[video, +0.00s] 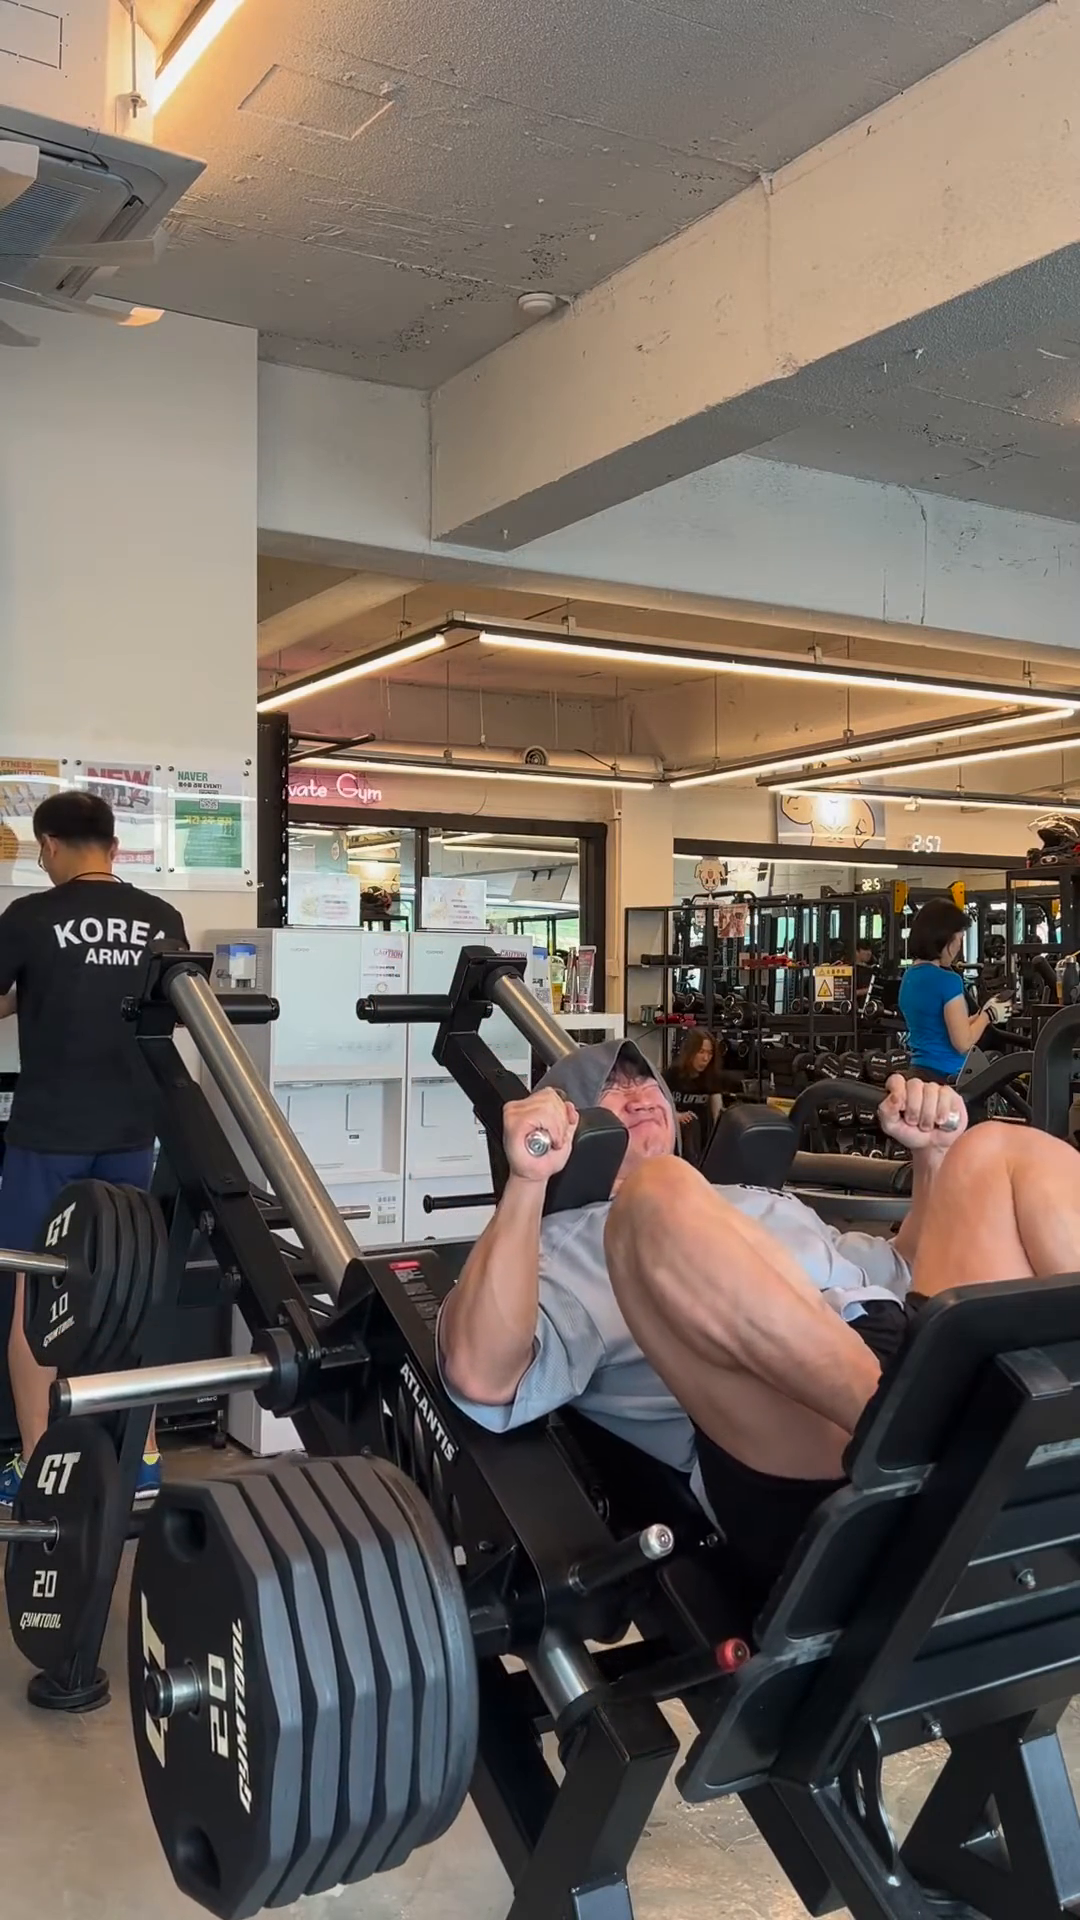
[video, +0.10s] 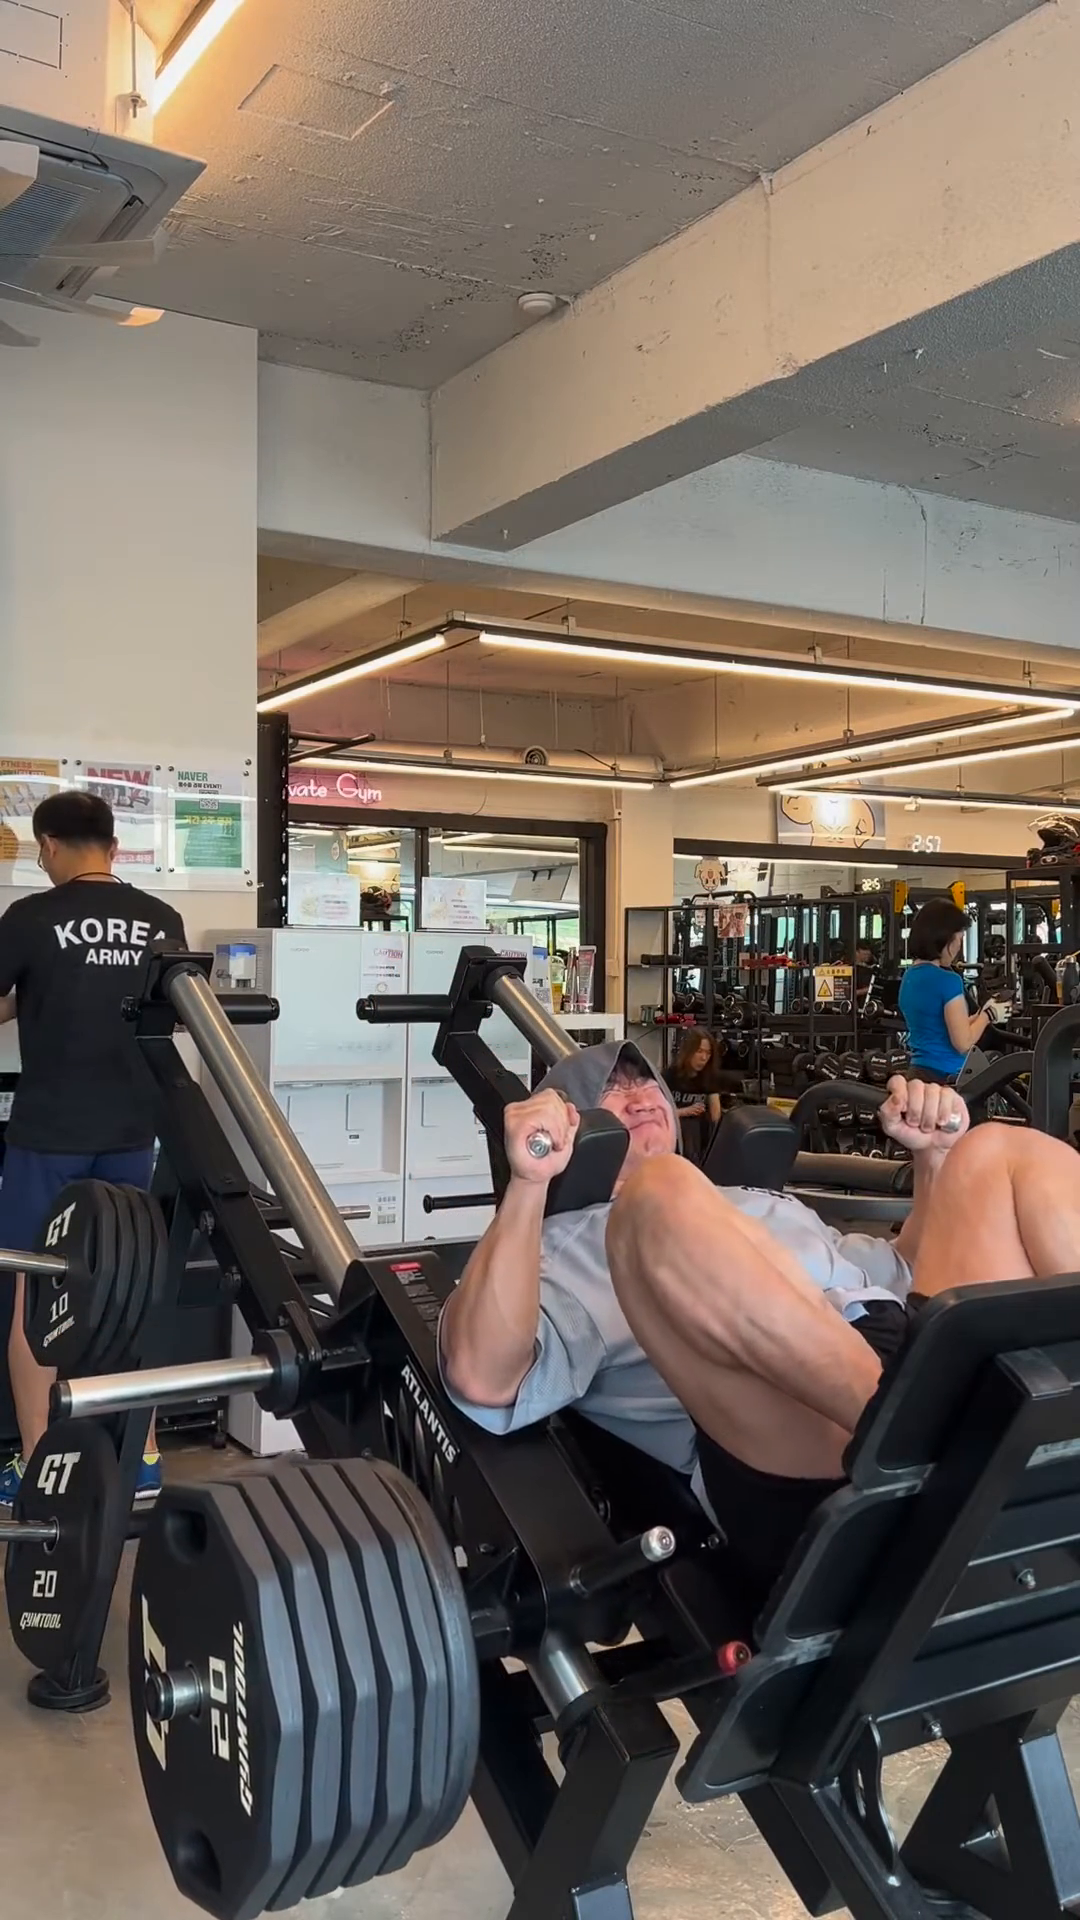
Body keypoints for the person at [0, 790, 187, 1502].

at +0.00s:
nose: (41, 862)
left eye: (40, 852)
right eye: (42, 853)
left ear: (48, 849)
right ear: (114, 848)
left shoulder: (30, 916)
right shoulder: (164, 917)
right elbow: (177, 1010)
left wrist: (35, 988)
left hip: (50, 1130)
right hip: (136, 1131)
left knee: (27, 1298)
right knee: (126, 1287)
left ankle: (40, 1466)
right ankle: (138, 1455)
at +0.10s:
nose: (41, 862)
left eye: (40, 852)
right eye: (43, 852)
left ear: (47, 849)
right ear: (114, 848)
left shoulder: (30, 917)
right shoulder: (163, 918)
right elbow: (174, 1013)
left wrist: (37, 989)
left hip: (50, 1131)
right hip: (136, 1131)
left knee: (28, 1298)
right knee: (127, 1287)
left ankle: (40, 1467)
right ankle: (139, 1454)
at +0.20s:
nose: (42, 861)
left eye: (40, 851)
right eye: (43, 851)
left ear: (47, 849)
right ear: (114, 848)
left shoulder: (29, 918)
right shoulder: (162, 918)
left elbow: (8, 1021)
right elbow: (173, 1019)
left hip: (49, 1131)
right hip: (136, 1131)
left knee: (28, 1299)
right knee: (129, 1287)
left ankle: (41, 1466)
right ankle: (140, 1454)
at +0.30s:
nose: (43, 859)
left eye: (41, 849)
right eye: (46, 850)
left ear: (48, 847)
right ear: (114, 847)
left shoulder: (29, 920)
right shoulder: (162, 918)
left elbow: (7, 1029)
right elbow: (171, 1019)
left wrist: (62, 1018)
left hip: (49, 1131)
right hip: (136, 1132)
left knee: (28, 1298)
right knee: (129, 1287)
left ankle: (41, 1464)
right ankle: (139, 1454)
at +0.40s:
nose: (46, 860)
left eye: (43, 849)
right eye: (49, 849)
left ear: (48, 847)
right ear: (114, 849)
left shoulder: (29, 920)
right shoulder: (162, 918)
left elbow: (8, 1031)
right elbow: (171, 1019)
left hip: (51, 1132)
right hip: (138, 1132)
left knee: (27, 1301)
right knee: (131, 1290)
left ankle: (42, 1467)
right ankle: (139, 1455)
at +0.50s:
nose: (45, 859)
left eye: (43, 848)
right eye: (47, 849)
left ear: (49, 846)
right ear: (115, 847)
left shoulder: (29, 920)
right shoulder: (163, 918)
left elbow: (7, 1031)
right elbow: (171, 1019)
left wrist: (62, 1014)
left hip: (50, 1132)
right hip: (138, 1133)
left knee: (26, 1299)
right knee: (131, 1292)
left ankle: (40, 1463)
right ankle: (136, 1455)